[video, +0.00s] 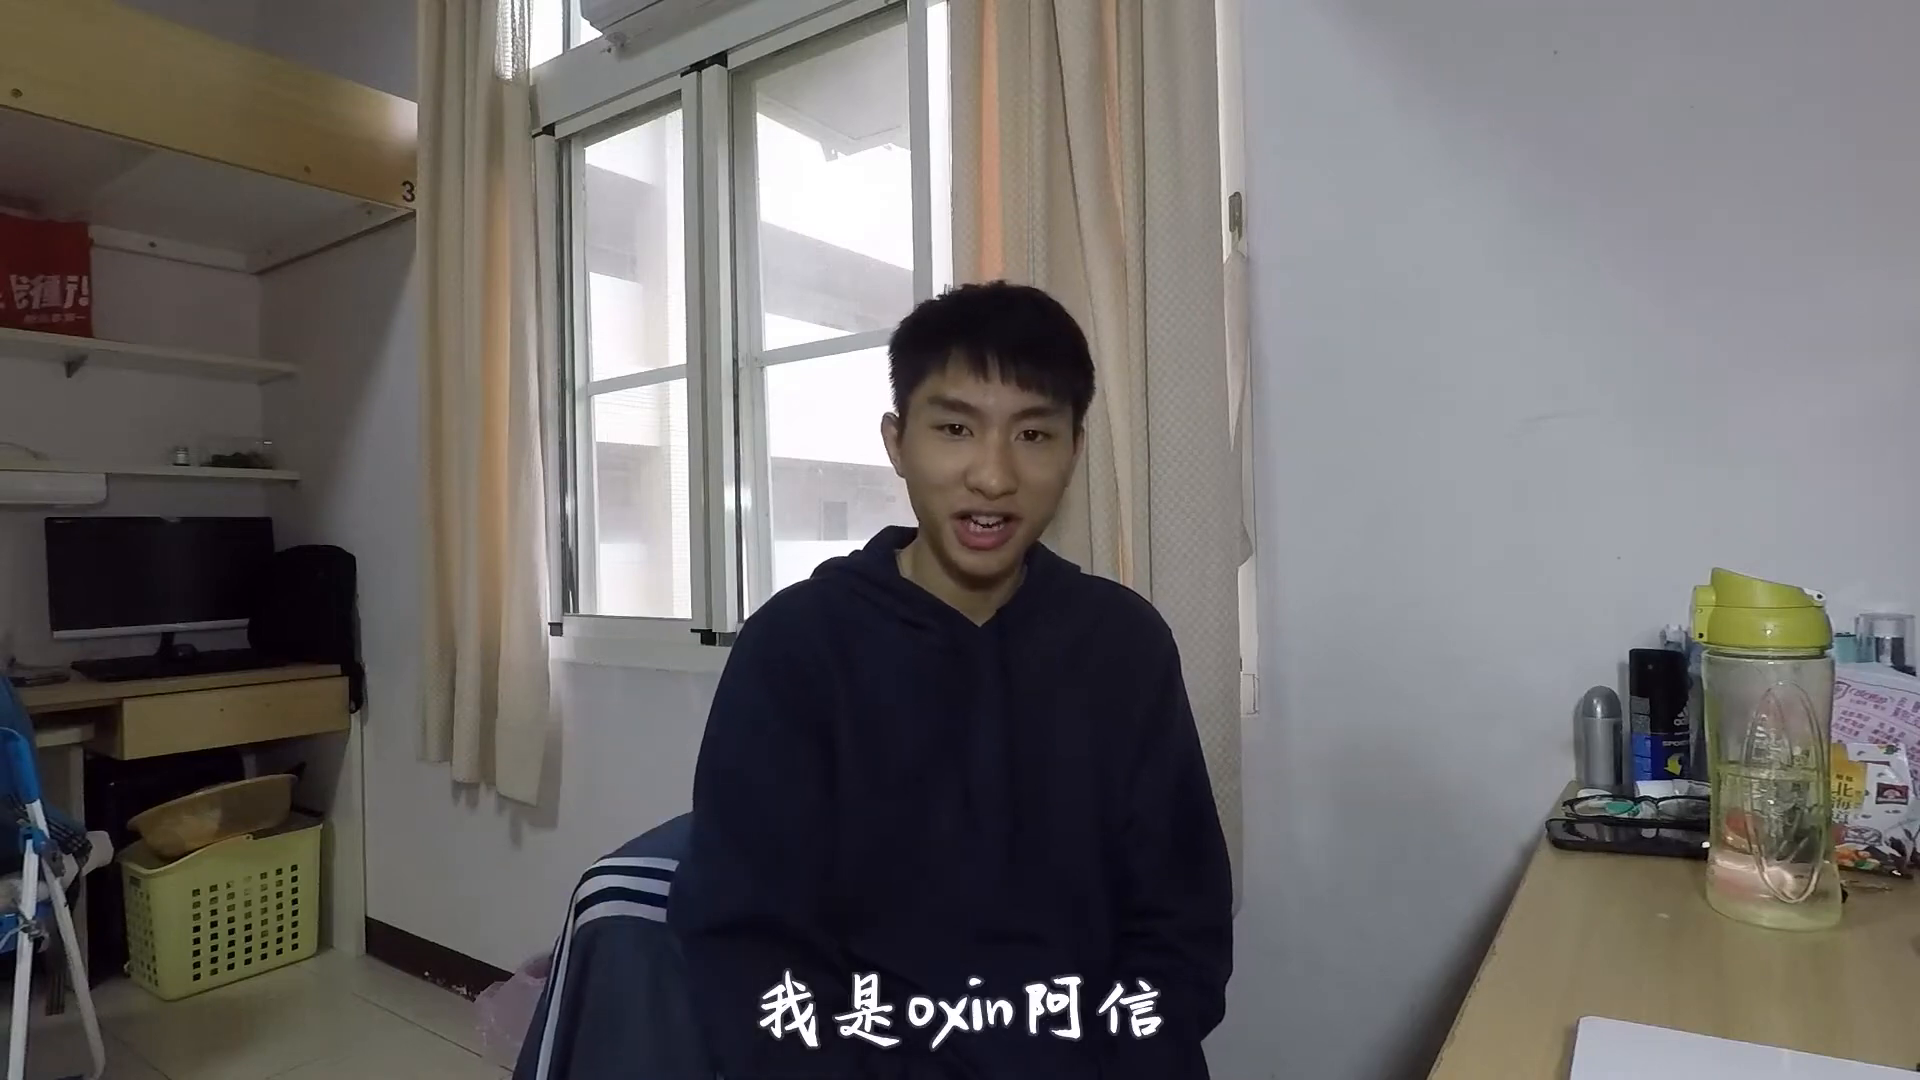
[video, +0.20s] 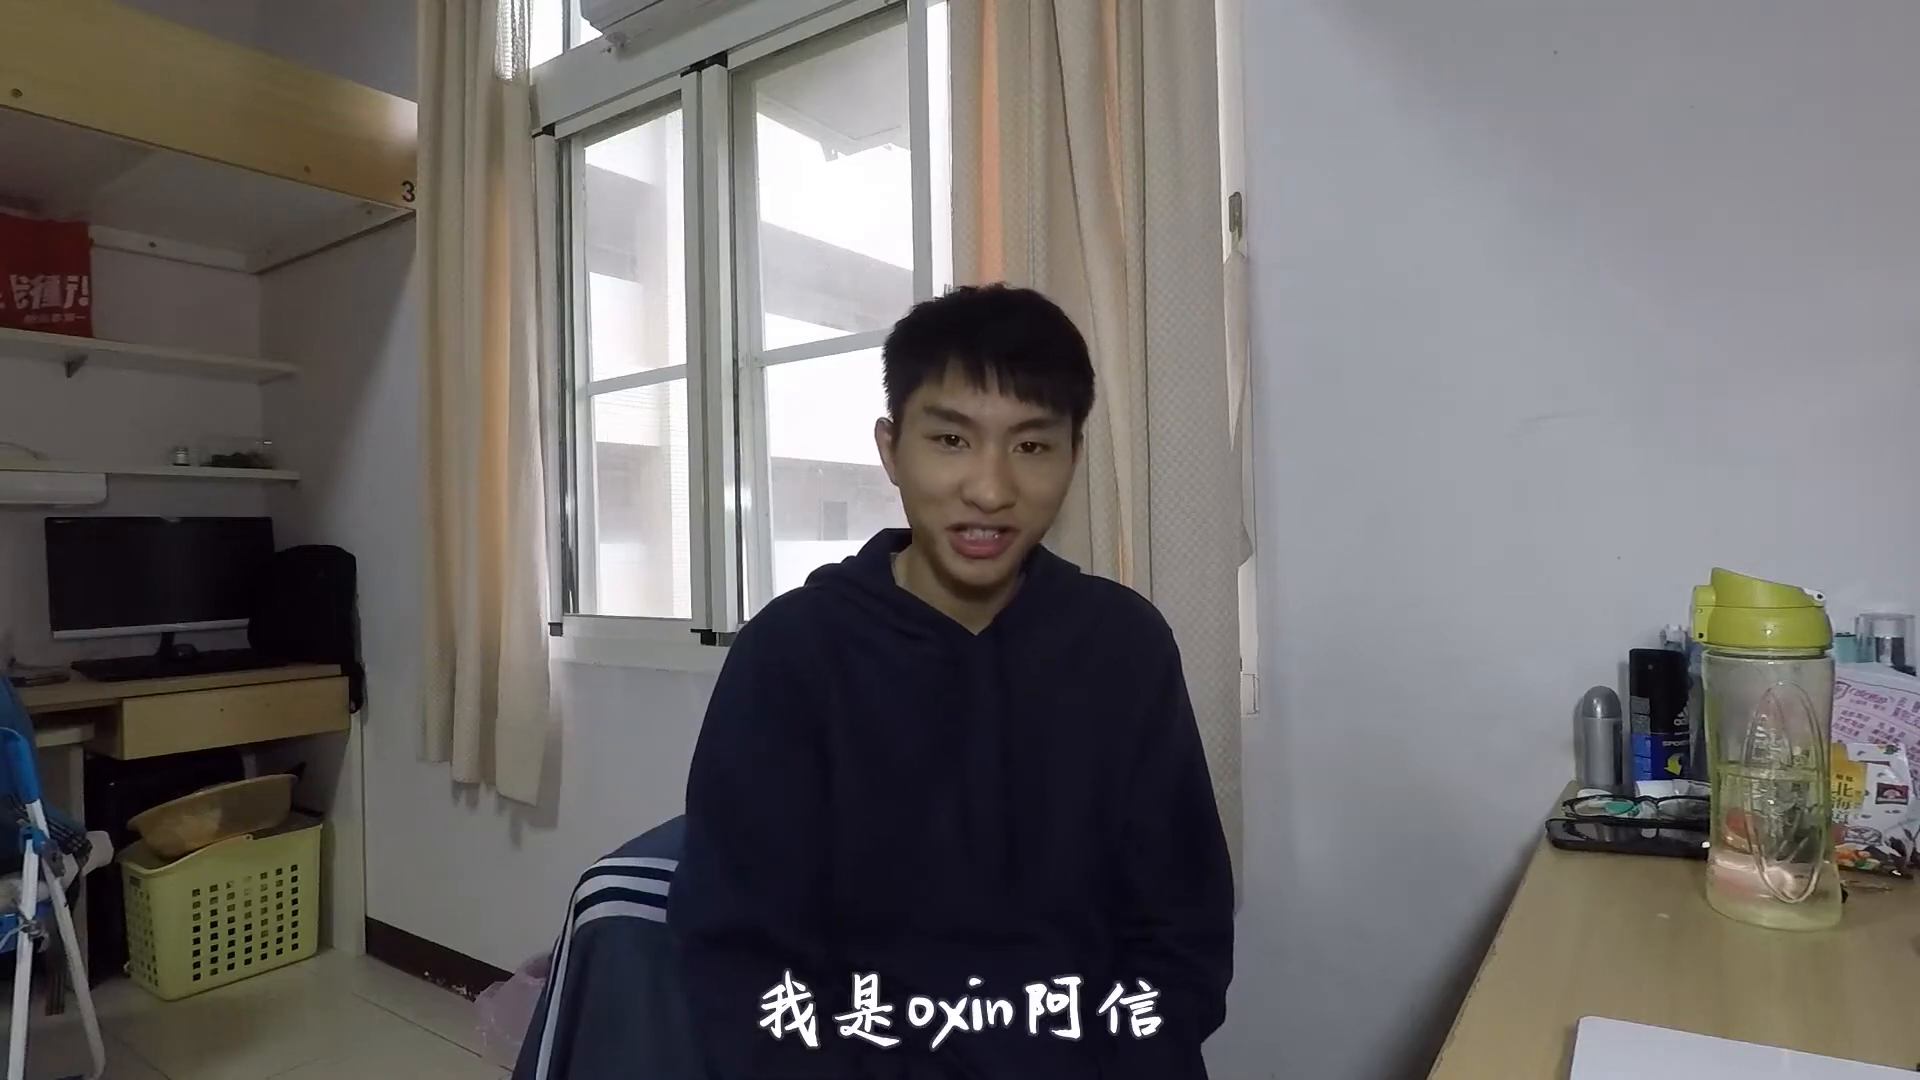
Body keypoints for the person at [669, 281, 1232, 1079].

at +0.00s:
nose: (993, 475)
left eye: (1033, 435)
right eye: (955, 430)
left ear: (1072, 455)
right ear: (896, 441)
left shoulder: (1125, 642)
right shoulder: (795, 643)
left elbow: (1186, 930)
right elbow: (737, 936)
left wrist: (1123, 1060)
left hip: (1074, 1048)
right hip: (863, 1049)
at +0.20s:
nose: (989, 489)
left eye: (1032, 446)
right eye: (950, 439)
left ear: (1072, 462)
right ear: (890, 448)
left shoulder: (1126, 645)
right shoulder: (790, 653)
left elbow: (1186, 934)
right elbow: (732, 952)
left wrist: (1130, 1060)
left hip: (1075, 1050)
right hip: (858, 1051)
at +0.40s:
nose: (986, 496)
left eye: (1029, 450)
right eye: (945, 445)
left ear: (1071, 463)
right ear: (884, 453)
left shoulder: (1128, 646)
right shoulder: (784, 660)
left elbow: (1186, 931)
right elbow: (737, 961)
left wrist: (1144, 1061)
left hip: (1081, 1051)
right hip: (860, 1054)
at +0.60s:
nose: (981, 498)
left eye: (1022, 451)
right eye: (939, 447)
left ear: (1068, 461)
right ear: (882, 455)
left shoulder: (1129, 645)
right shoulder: (785, 661)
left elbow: (1189, 929)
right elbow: (736, 961)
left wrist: (1145, 1060)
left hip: (1084, 1051)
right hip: (862, 1053)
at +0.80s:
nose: (978, 501)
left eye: (1021, 454)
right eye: (937, 450)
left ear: (1069, 463)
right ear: (882, 453)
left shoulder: (1129, 647)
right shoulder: (786, 661)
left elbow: (1188, 936)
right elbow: (731, 964)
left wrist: (1138, 1062)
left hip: (1080, 1052)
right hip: (857, 1051)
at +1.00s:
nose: (976, 504)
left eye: (1021, 457)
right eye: (937, 451)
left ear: (1069, 467)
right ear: (883, 451)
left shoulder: (1128, 648)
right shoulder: (786, 660)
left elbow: (1186, 935)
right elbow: (731, 962)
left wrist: (1138, 1062)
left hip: (1078, 1051)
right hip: (857, 1051)